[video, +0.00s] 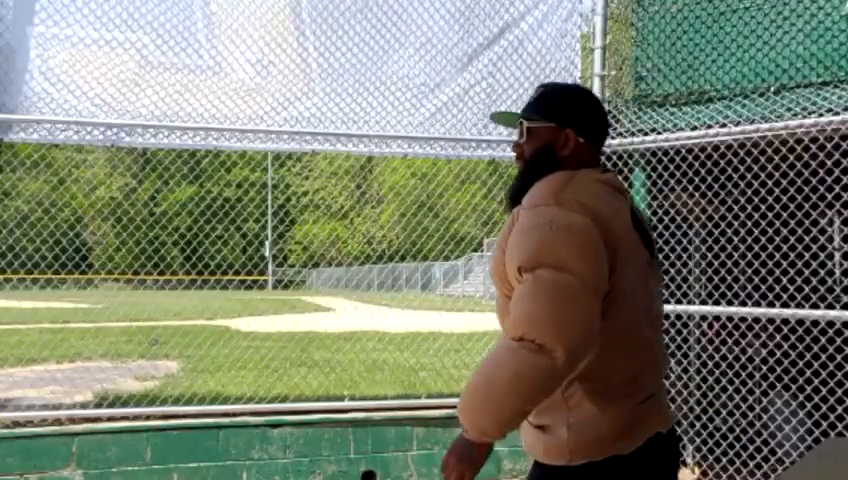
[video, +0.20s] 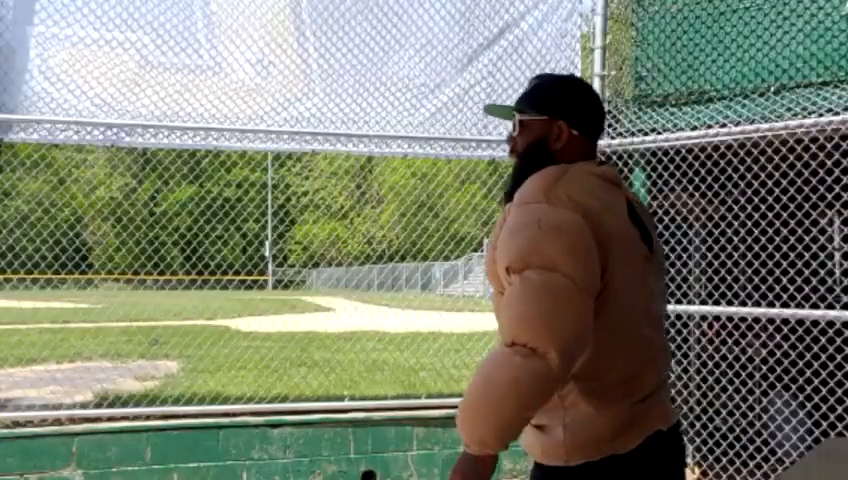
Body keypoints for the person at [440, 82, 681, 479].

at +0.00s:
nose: (517, 146)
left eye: (529, 132)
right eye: (520, 133)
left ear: (567, 141)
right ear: (570, 143)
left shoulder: (558, 206)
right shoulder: (605, 198)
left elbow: (547, 336)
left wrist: (477, 432)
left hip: (591, 455)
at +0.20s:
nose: (512, 139)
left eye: (522, 125)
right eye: (514, 126)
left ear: (559, 132)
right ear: (567, 135)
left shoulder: (549, 204)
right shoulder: (612, 196)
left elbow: (540, 343)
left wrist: (479, 445)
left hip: (589, 456)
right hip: (647, 443)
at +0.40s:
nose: (509, 137)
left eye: (520, 124)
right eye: (512, 124)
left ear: (557, 130)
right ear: (565, 132)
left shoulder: (547, 200)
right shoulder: (621, 194)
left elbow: (538, 345)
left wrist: (487, 455)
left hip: (587, 456)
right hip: (656, 440)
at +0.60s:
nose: (515, 135)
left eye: (527, 122)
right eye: (519, 122)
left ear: (563, 130)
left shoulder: (550, 200)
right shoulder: (639, 197)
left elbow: (534, 347)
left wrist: (485, 457)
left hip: (586, 456)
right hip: (665, 439)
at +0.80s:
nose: (534, 136)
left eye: (543, 123)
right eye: (536, 123)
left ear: (577, 129)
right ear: (612, 133)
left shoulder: (562, 199)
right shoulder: (663, 198)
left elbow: (533, 347)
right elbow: (677, 322)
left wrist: (482, 454)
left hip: (592, 454)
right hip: (678, 437)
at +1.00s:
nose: (553, 137)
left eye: (562, 123)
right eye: (555, 124)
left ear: (596, 129)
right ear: (632, 133)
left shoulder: (577, 200)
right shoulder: (684, 202)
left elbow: (542, 343)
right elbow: (706, 327)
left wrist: (489, 445)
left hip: (603, 455)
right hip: (692, 441)